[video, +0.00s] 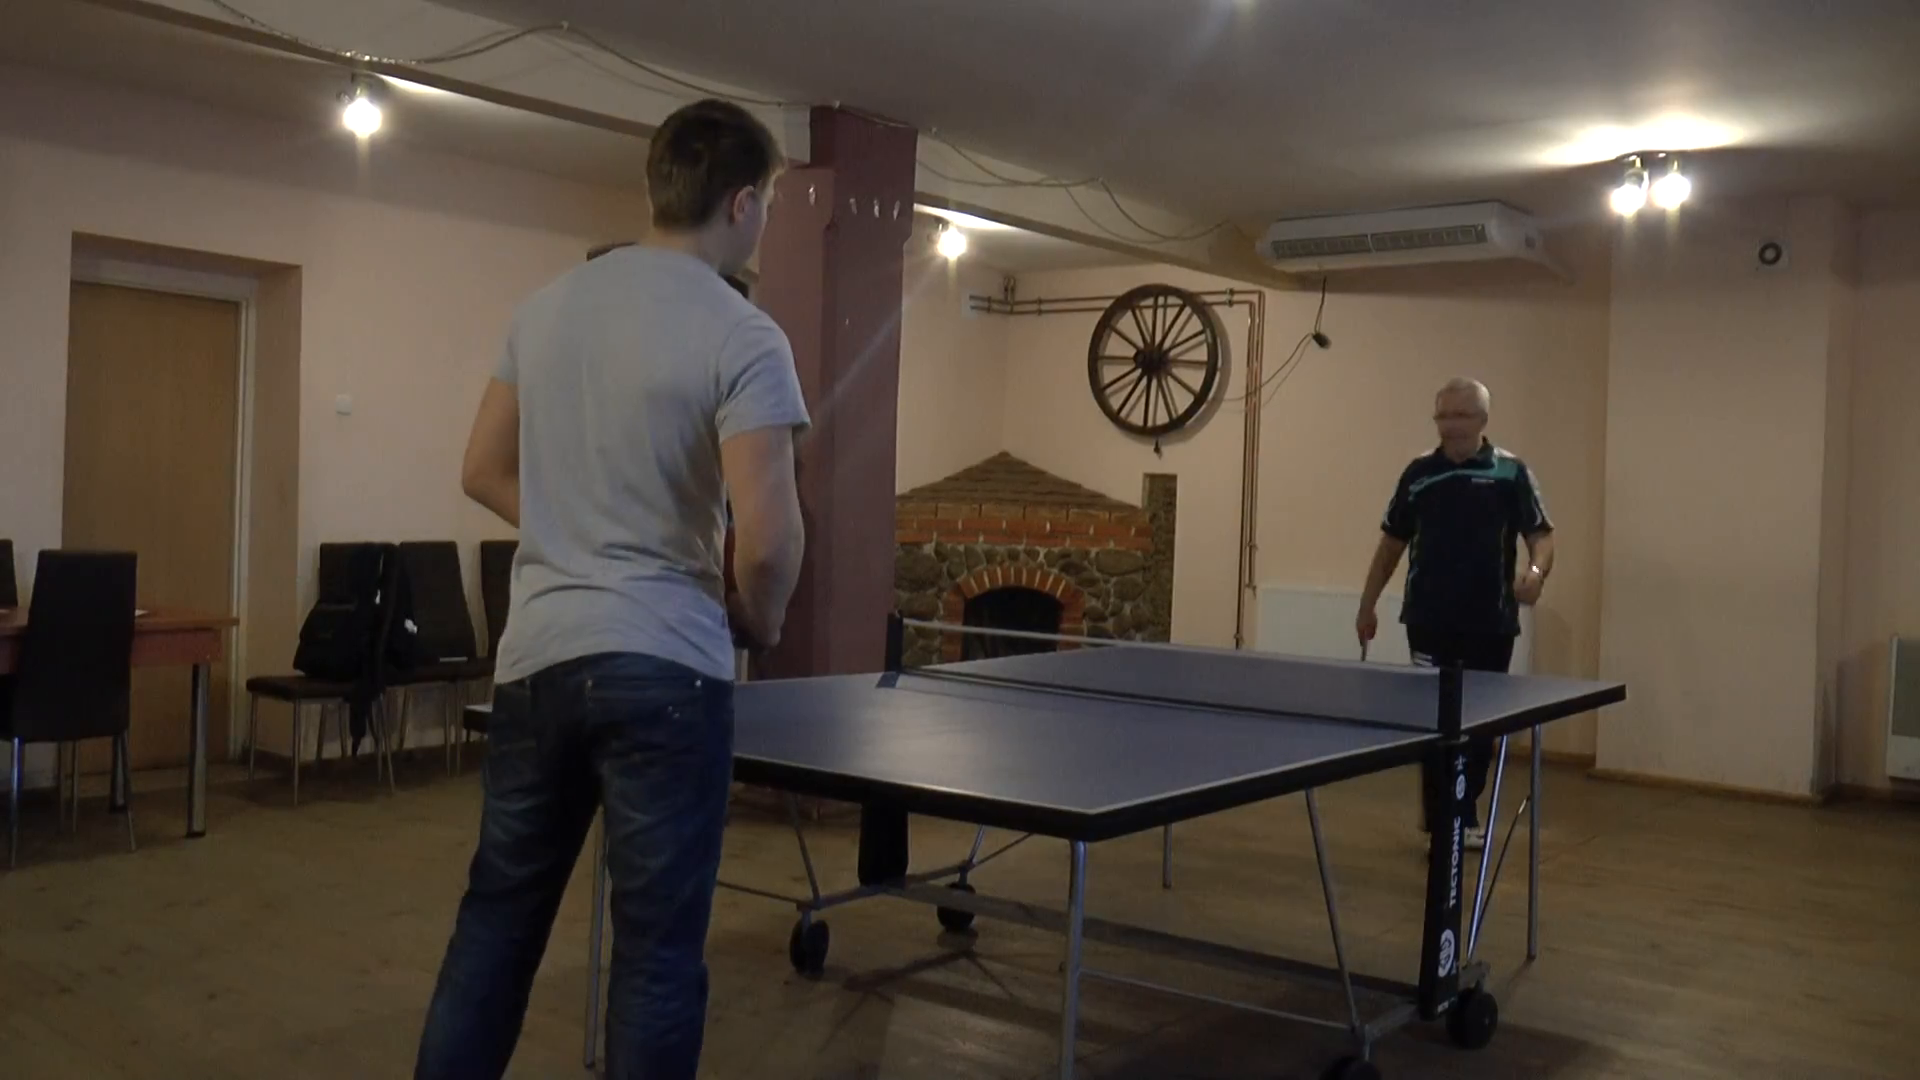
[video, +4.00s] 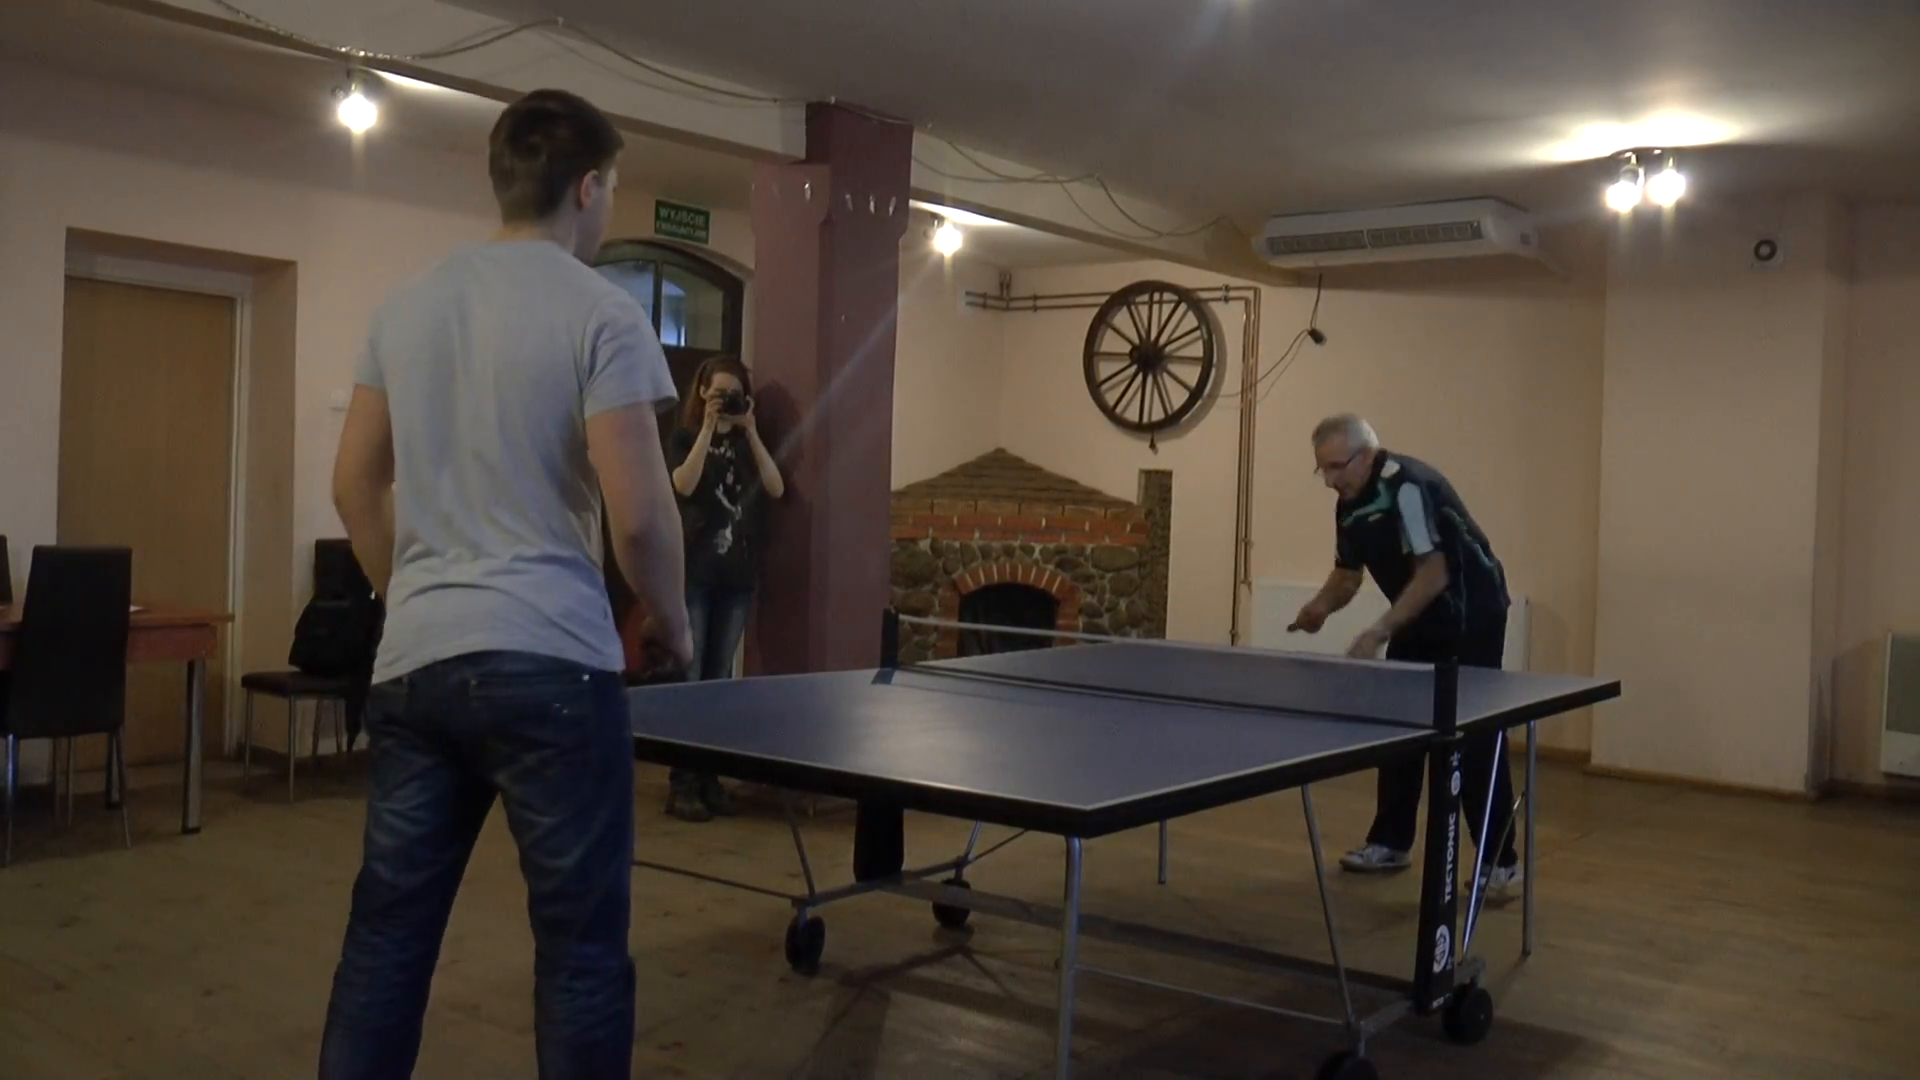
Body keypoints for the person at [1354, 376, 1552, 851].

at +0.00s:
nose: (1450, 425)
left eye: (1461, 417)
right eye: (1443, 417)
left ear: (1484, 421)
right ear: (1435, 419)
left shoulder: (1510, 473)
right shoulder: (1418, 475)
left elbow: (1540, 534)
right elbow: (1391, 543)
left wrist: (1537, 571)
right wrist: (1367, 604)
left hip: (1489, 624)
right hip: (1430, 621)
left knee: (1482, 729)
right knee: (1433, 726)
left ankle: (1465, 816)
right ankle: (1436, 825)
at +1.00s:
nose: (1470, 416)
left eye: (1482, 408)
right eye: (1468, 407)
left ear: (1517, 411)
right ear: (1471, 410)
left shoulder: (1549, 471)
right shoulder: (1468, 465)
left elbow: (1563, 564)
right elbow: (1432, 516)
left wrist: (1535, 633)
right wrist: (1398, 540)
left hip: (1520, 640)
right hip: (1465, 632)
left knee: (1517, 754)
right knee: (1461, 746)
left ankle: (1537, 871)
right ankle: (1469, 843)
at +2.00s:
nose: (1430, 413)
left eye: (1441, 405)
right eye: (1426, 403)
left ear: (1471, 409)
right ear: (1422, 407)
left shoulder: (1497, 454)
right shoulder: (1417, 462)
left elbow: (1492, 478)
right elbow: (1393, 537)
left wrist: (1469, 421)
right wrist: (1364, 597)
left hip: (1487, 630)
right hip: (1428, 629)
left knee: (1497, 750)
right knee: (1431, 744)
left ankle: (1525, 865)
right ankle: (1435, 844)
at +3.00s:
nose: (1466, 417)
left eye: (1479, 407)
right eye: (1459, 406)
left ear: (1508, 410)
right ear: (1453, 407)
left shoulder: (1538, 467)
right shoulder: (1444, 466)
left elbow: (1562, 548)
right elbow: (1423, 538)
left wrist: (1506, 548)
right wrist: (1407, 577)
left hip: (1511, 642)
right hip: (1443, 634)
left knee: (1505, 755)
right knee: (1425, 741)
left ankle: (1500, 866)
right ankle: (1424, 845)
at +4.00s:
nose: (1327, 478)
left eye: (1334, 467)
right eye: (1323, 469)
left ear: (1366, 455)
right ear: (1331, 465)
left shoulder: (1410, 487)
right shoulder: (1350, 502)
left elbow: (1434, 573)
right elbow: (1348, 573)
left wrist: (1378, 630)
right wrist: (1321, 605)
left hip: (1472, 615)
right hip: (1417, 614)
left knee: (1475, 737)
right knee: (1401, 727)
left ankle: (1500, 859)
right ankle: (1390, 842)